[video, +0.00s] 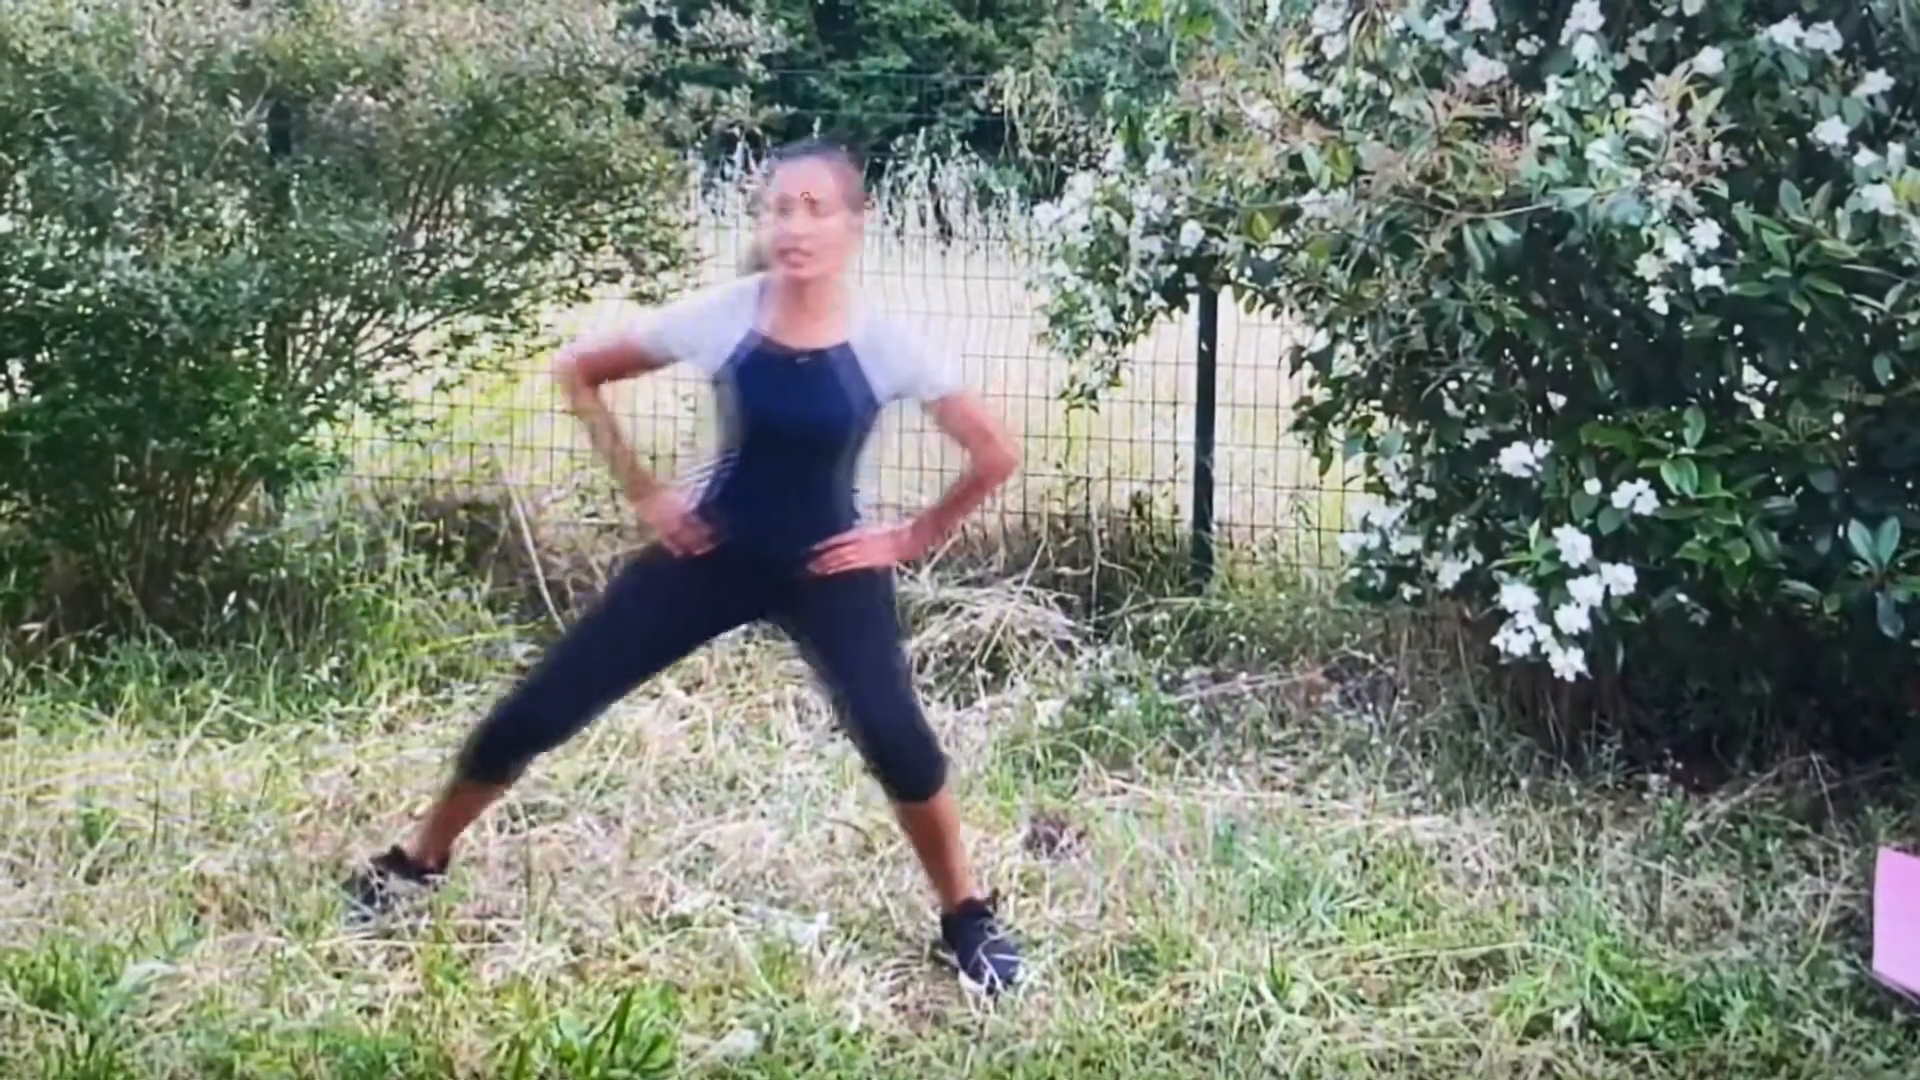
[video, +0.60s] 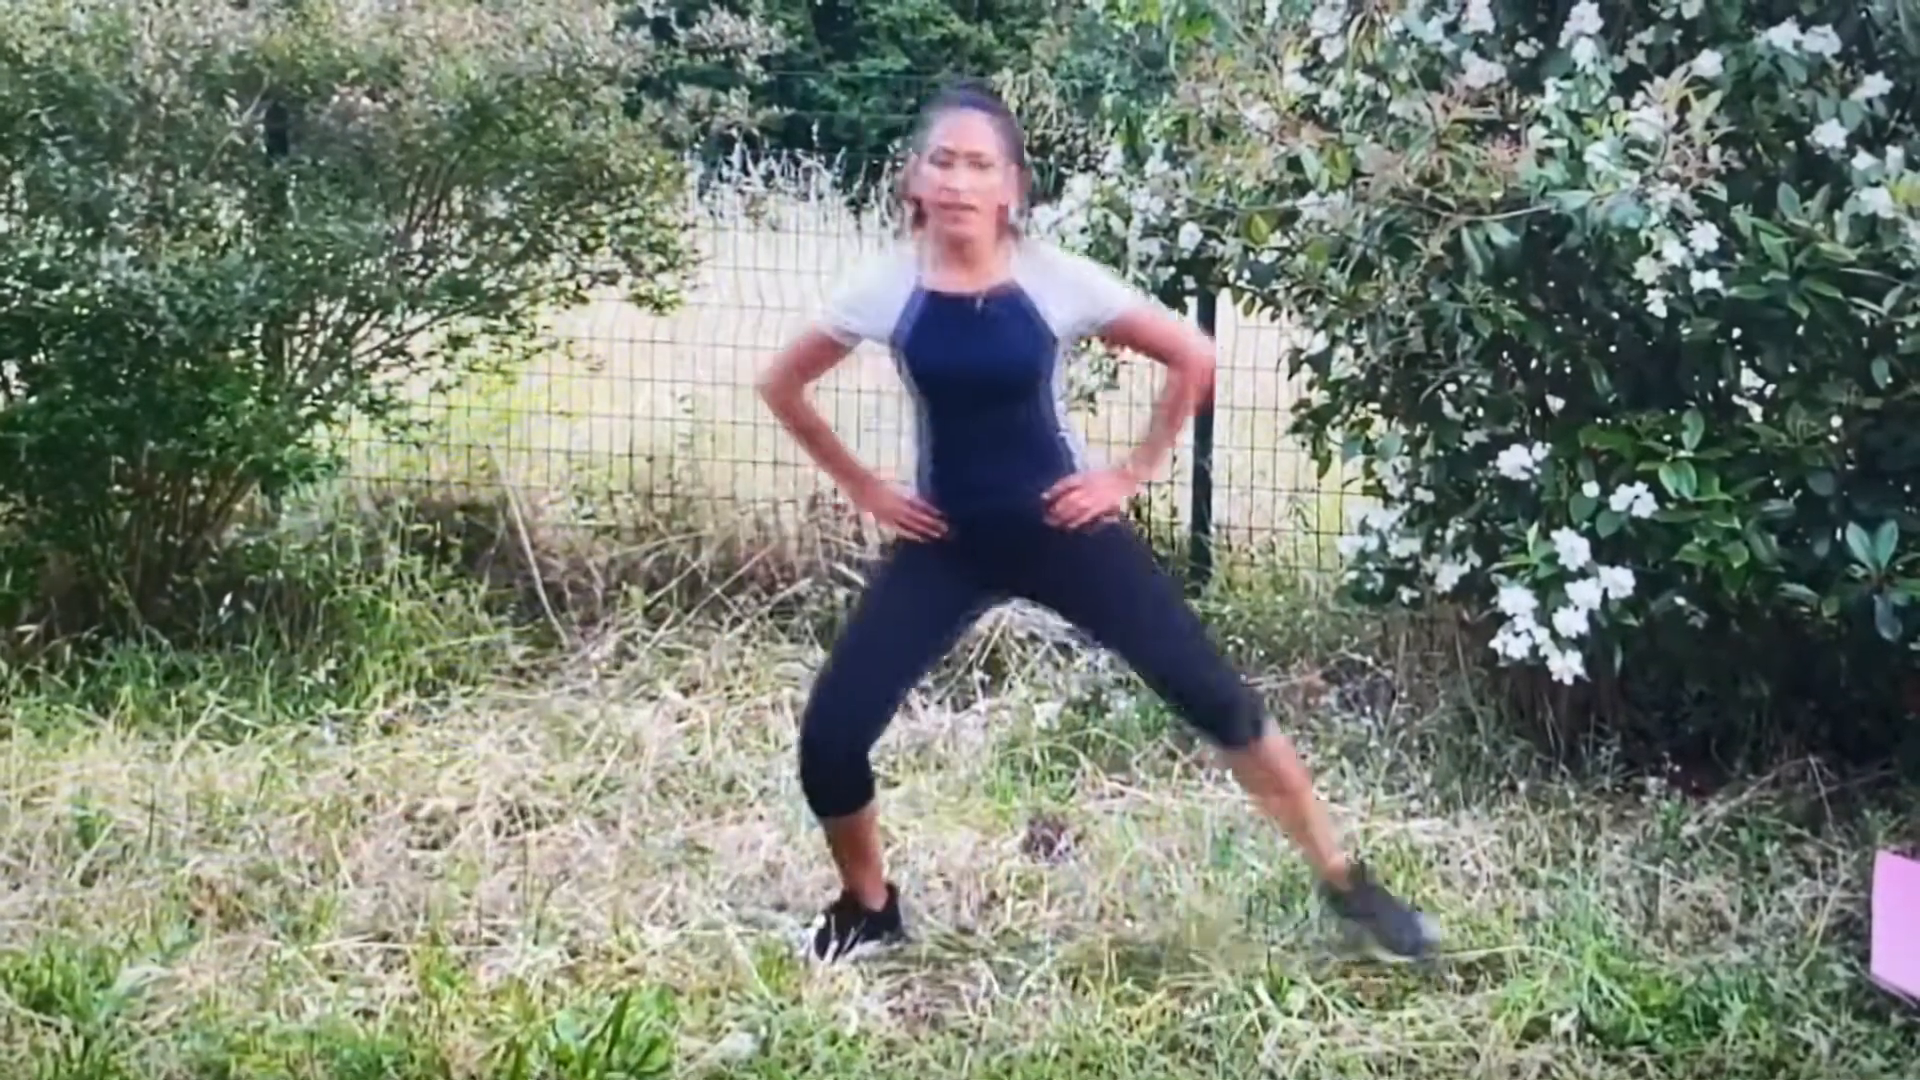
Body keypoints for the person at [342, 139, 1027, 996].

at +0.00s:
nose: (795, 228)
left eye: (817, 209)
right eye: (780, 209)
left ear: (857, 229)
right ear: (760, 225)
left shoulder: (885, 341)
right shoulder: (723, 318)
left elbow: (998, 454)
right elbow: (574, 372)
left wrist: (914, 539)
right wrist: (646, 491)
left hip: (834, 573)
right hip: (710, 560)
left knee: (901, 744)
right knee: (532, 715)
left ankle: (967, 919)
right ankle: (417, 861)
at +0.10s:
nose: (862, 208)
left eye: (883, 190)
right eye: (846, 189)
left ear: (922, 209)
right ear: (826, 206)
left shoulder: (950, 320)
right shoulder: (789, 298)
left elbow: (1054, 437)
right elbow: (636, 345)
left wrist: (969, 523)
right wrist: (706, 464)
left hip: (889, 557)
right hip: (768, 537)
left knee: (928, 739)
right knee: (584, 697)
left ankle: (967, 916)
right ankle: (485, 834)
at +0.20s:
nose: (896, 190)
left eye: (918, 172)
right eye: (882, 171)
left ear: (955, 194)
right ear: (860, 188)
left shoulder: (987, 301)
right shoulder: (823, 279)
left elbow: (1093, 423)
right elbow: (682, 330)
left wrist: (1001, 511)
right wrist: (748, 452)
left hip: (928, 540)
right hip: (812, 519)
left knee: (944, 735)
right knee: (658, 683)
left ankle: (968, 916)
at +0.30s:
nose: (909, 173)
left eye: (931, 157)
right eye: (894, 153)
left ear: (965, 179)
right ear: (872, 170)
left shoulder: (999, 279)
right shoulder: (837, 268)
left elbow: (1114, 395)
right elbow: (704, 333)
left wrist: (1031, 496)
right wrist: (776, 448)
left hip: (961, 527)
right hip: (843, 516)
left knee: (977, 727)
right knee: (741, 703)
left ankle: (970, 915)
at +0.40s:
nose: (910, 169)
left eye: (932, 152)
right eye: (896, 149)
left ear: (966, 177)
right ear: (873, 167)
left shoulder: (1004, 273)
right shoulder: (839, 270)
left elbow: (1133, 372)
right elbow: (716, 351)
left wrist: (1060, 478)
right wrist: (796, 465)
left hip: (990, 521)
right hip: (871, 523)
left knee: (1057, 709)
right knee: (803, 735)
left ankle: (1020, 887)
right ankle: (870, 907)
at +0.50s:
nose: (924, 171)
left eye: (947, 155)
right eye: (910, 151)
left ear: (982, 178)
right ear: (885, 169)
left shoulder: (1018, 269)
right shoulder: (857, 278)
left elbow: (1160, 356)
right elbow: (742, 372)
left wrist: (1092, 466)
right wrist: (823, 476)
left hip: (1024, 526)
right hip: (903, 536)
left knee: (1141, 684)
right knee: (820, 741)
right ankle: (869, 908)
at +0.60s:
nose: (955, 181)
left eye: (977, 165)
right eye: (939, 161)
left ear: (1014, 188)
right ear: (913, 181)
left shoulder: (1053, 280)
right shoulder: (889, 287)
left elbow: (1196, 357)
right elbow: (779, 385)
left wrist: (1130, 473)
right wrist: (862, 485)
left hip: (1068, 537)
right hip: (943, 546)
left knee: (1221, 700)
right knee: (829, 741)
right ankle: (867, 908)